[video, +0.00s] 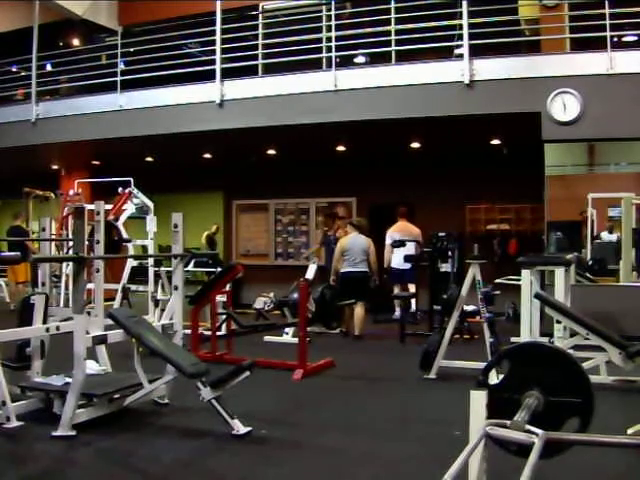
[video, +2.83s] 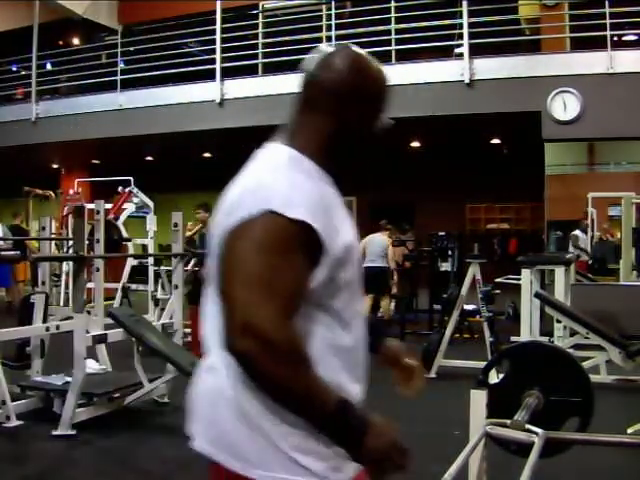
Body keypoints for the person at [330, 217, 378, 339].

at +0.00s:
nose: (346, 229)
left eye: (348, 228)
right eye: (347, 227)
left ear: (350, 228)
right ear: (360, 229)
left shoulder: (343, 241)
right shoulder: (368, 241)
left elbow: (336, 261)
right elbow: (373, 261)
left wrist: (333, 274)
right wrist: (375, 275)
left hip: (346, 273)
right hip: (362, 273)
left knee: (347, 303)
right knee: (360, 303)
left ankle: (345, 328)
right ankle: (357, 332)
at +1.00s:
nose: (364, 229)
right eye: (363, 228)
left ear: (352, 228)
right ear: (362, 228)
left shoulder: (344, 242)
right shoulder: (368, 241)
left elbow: (339, 261)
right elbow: (372, 261)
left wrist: (338, 274)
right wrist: (377, 275)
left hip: (348, 272)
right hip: (364, 272)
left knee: (349, 301)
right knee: (365, 300)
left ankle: (346, 326)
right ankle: (367, 324)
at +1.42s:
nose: (373, 228)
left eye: (372, 226)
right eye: (372, 226)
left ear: (360, 226)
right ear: (371, 227)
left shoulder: (353, 240)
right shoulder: (377, 240)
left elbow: (349, 256)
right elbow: (382, 258)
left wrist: (349, 268)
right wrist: (386, 269)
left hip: (356, 269)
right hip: (371, 269)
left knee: (356, 299)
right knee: (369, 298)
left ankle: (354, 322)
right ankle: (367, 324)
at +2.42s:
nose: (377, 232)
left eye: (377, 230)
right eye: (377, 230)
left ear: (366, 229)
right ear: (374, 229)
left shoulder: (357, 239)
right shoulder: (376, 240)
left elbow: (353, 255)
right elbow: (378, 256)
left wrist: (356, 264)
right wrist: (383, 271)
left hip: (358, 267)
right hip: (372, 267)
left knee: (362, 295)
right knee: (380, 292)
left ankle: (364, 321)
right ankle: (381, 315)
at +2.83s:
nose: (389, 234)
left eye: (389, 232)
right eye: (389, 232)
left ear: (379, 230)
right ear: (388, 231)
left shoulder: (367, 239)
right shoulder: (388, 241)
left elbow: (359, 253)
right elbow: (390, 258)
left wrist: (358, 265)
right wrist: (394, 271)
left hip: (368, 266)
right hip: (382, 267)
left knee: (370, 294)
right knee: (385, 295)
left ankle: (365, 315)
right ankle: (385, 316)